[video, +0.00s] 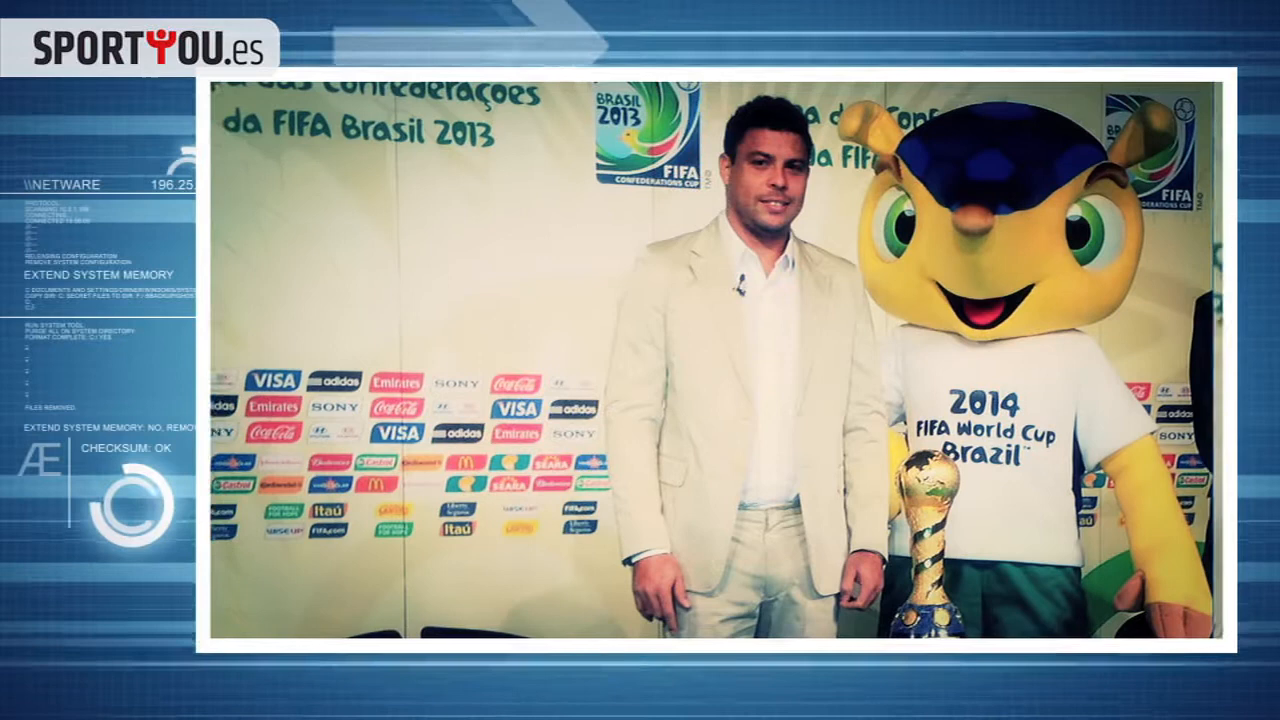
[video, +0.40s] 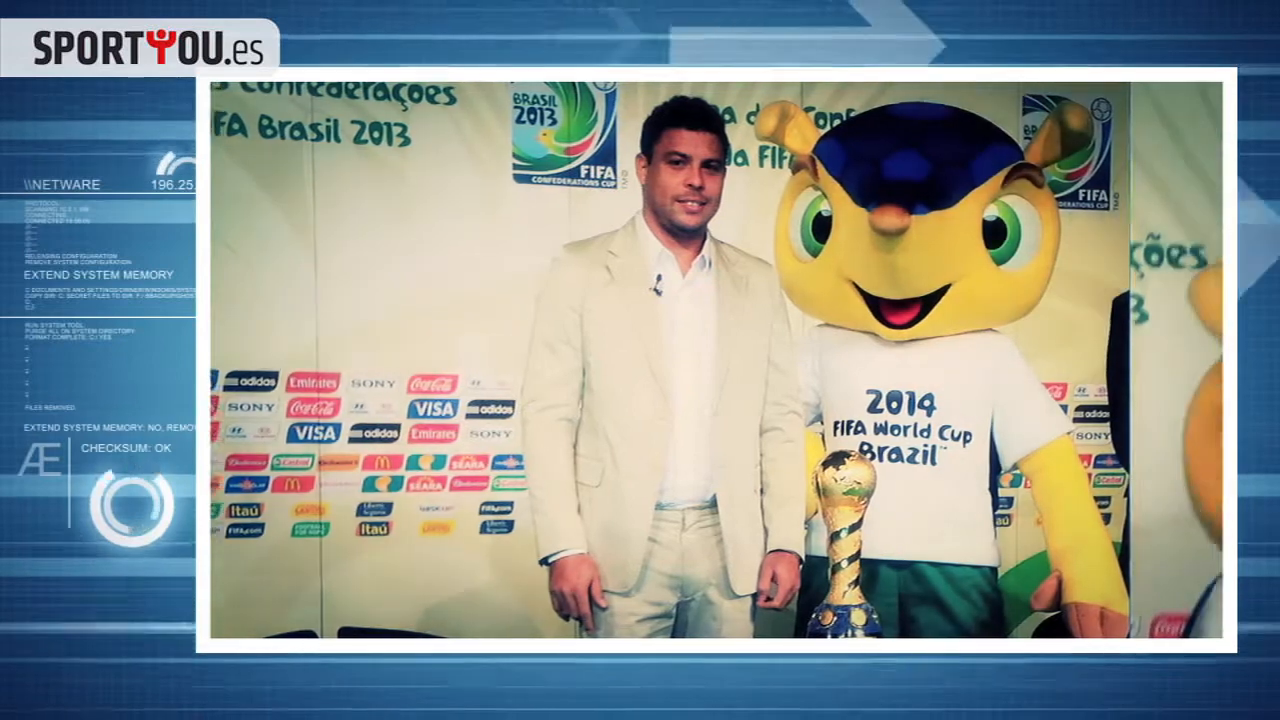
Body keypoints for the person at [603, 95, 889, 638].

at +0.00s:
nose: (779, 181)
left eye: (795, 166)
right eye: (761, 162)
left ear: (809, 177)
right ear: (726, 170)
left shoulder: (842, 283)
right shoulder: (663, 271)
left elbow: (865, 423)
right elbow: (630, 416)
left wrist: (868, 543)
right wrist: (647, 549)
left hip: (814, 542)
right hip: (706, 545)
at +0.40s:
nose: (696, 180)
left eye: (712, 166)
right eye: (678, 162)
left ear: (725, 177)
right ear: (643, 169)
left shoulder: (758, 282)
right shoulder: (580, 271)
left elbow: (782, 422)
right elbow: (547, 416)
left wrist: (784, 543)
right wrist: (564, 549)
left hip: (731, 542)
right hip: (623, 544)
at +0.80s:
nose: (613, 180)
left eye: (629, 166)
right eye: (594, 162)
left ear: (642, 178)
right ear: (559, 169)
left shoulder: (675, 283)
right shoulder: (497, 270)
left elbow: (698, 422)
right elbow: (464, 415)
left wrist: (701, 543)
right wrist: (480, 549)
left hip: (648, 542)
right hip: (540, 544)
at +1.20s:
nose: (529, 180)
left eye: (545, 166)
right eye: (511, 162)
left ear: (558, 178)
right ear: (476, 170)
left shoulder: (591, 282)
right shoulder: (413, 270)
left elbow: (615, 422)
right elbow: (380, 414)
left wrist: (617, 543)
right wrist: (397, 548)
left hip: (564, 542)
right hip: (457, 543)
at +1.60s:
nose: (446, 181)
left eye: (462, 166)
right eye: (428, 162)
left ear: (475, 178)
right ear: (393, 170)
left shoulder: (508, 282)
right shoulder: (329, 270)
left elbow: (531, 423)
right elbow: (297, 413)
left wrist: (534, 543)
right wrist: (314, 548)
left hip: (480, 543)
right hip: (374, 544)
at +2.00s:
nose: (362, 180)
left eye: (378, 166)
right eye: (345, 163)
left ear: (392, 178)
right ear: (310, 169)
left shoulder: (425, 283)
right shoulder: (243, 271)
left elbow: (448, 422)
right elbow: (218, 417)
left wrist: (452, 543)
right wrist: (232, 547)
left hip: (398, 542)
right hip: (291, 544)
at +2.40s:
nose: (279, 180)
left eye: (294, 166)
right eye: (262, 163)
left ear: (309, 178)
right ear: (227, 169)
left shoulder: (341, 282)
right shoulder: (182, 271)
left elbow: (365, 422)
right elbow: (147, 401)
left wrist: (369, 542)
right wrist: (159, 534)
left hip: (314, 538)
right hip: (212, 538)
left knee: (306, 711)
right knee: (204, 711)